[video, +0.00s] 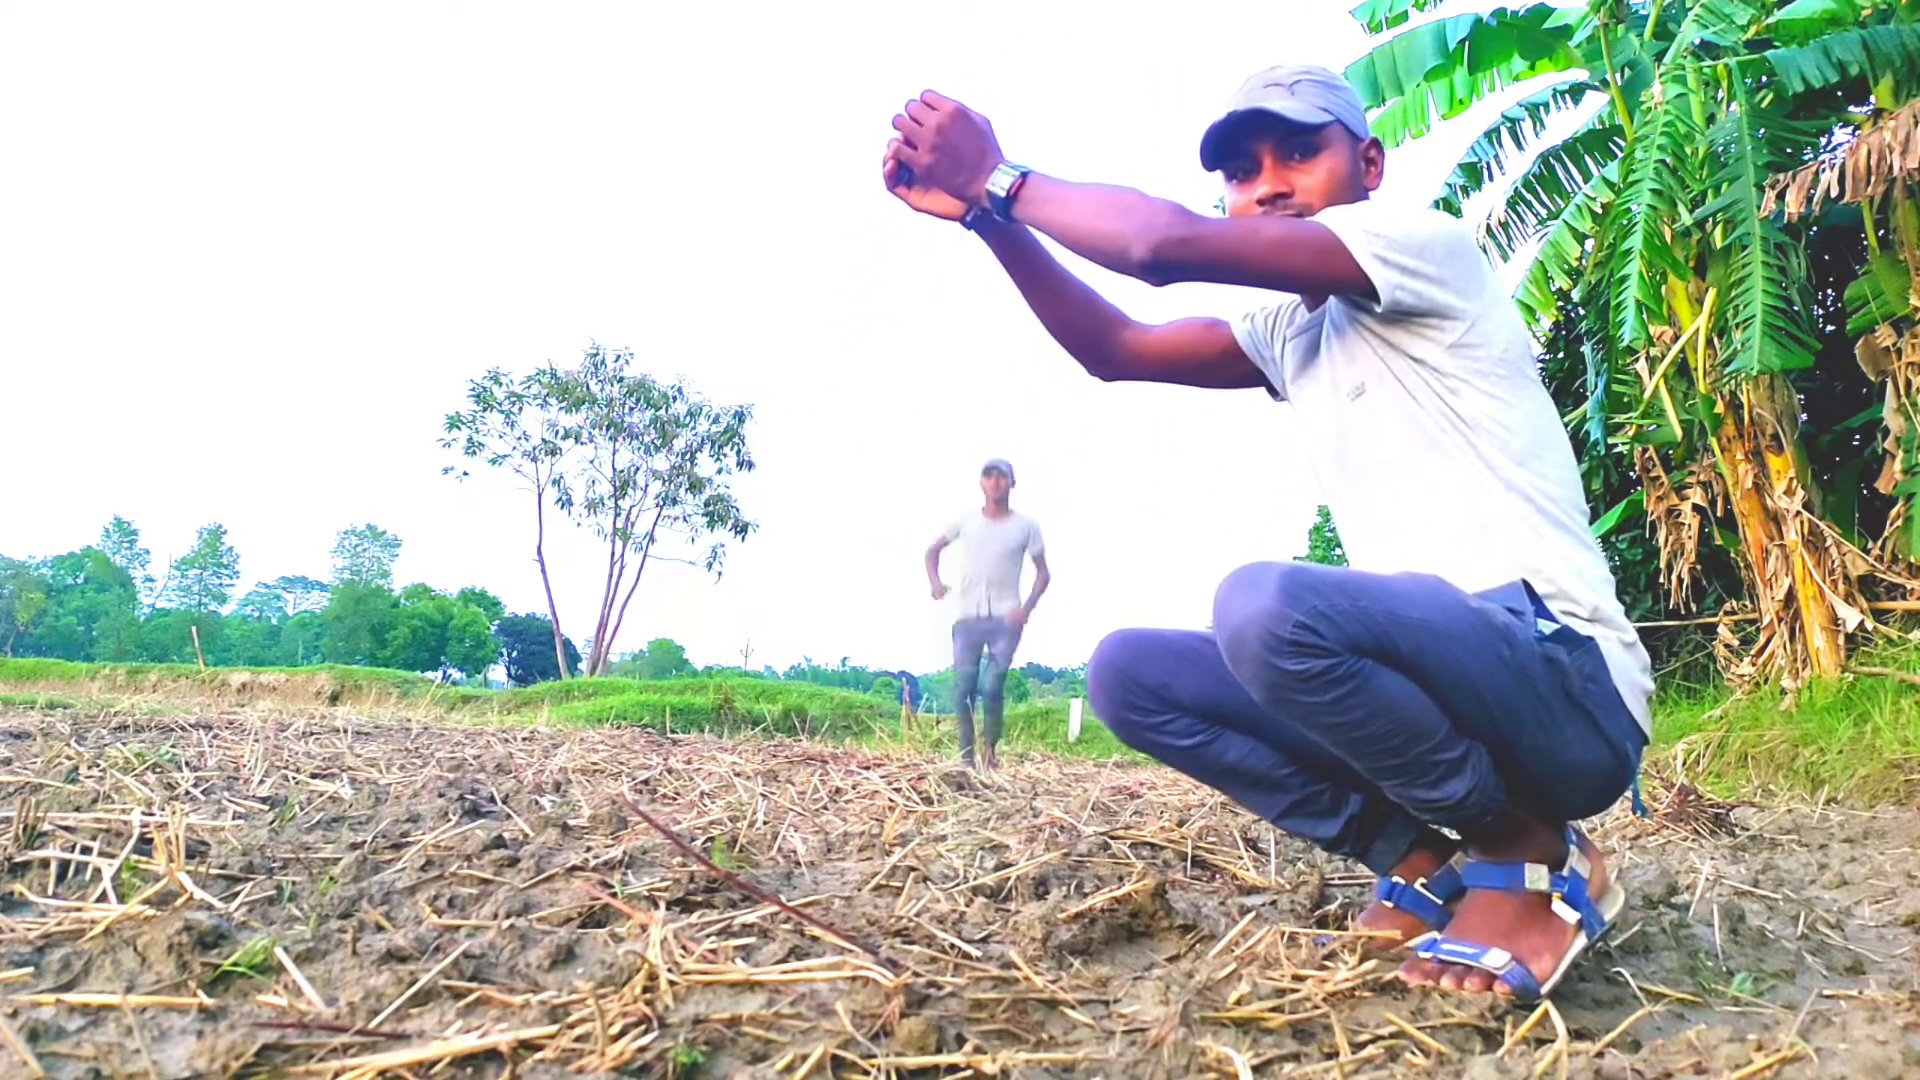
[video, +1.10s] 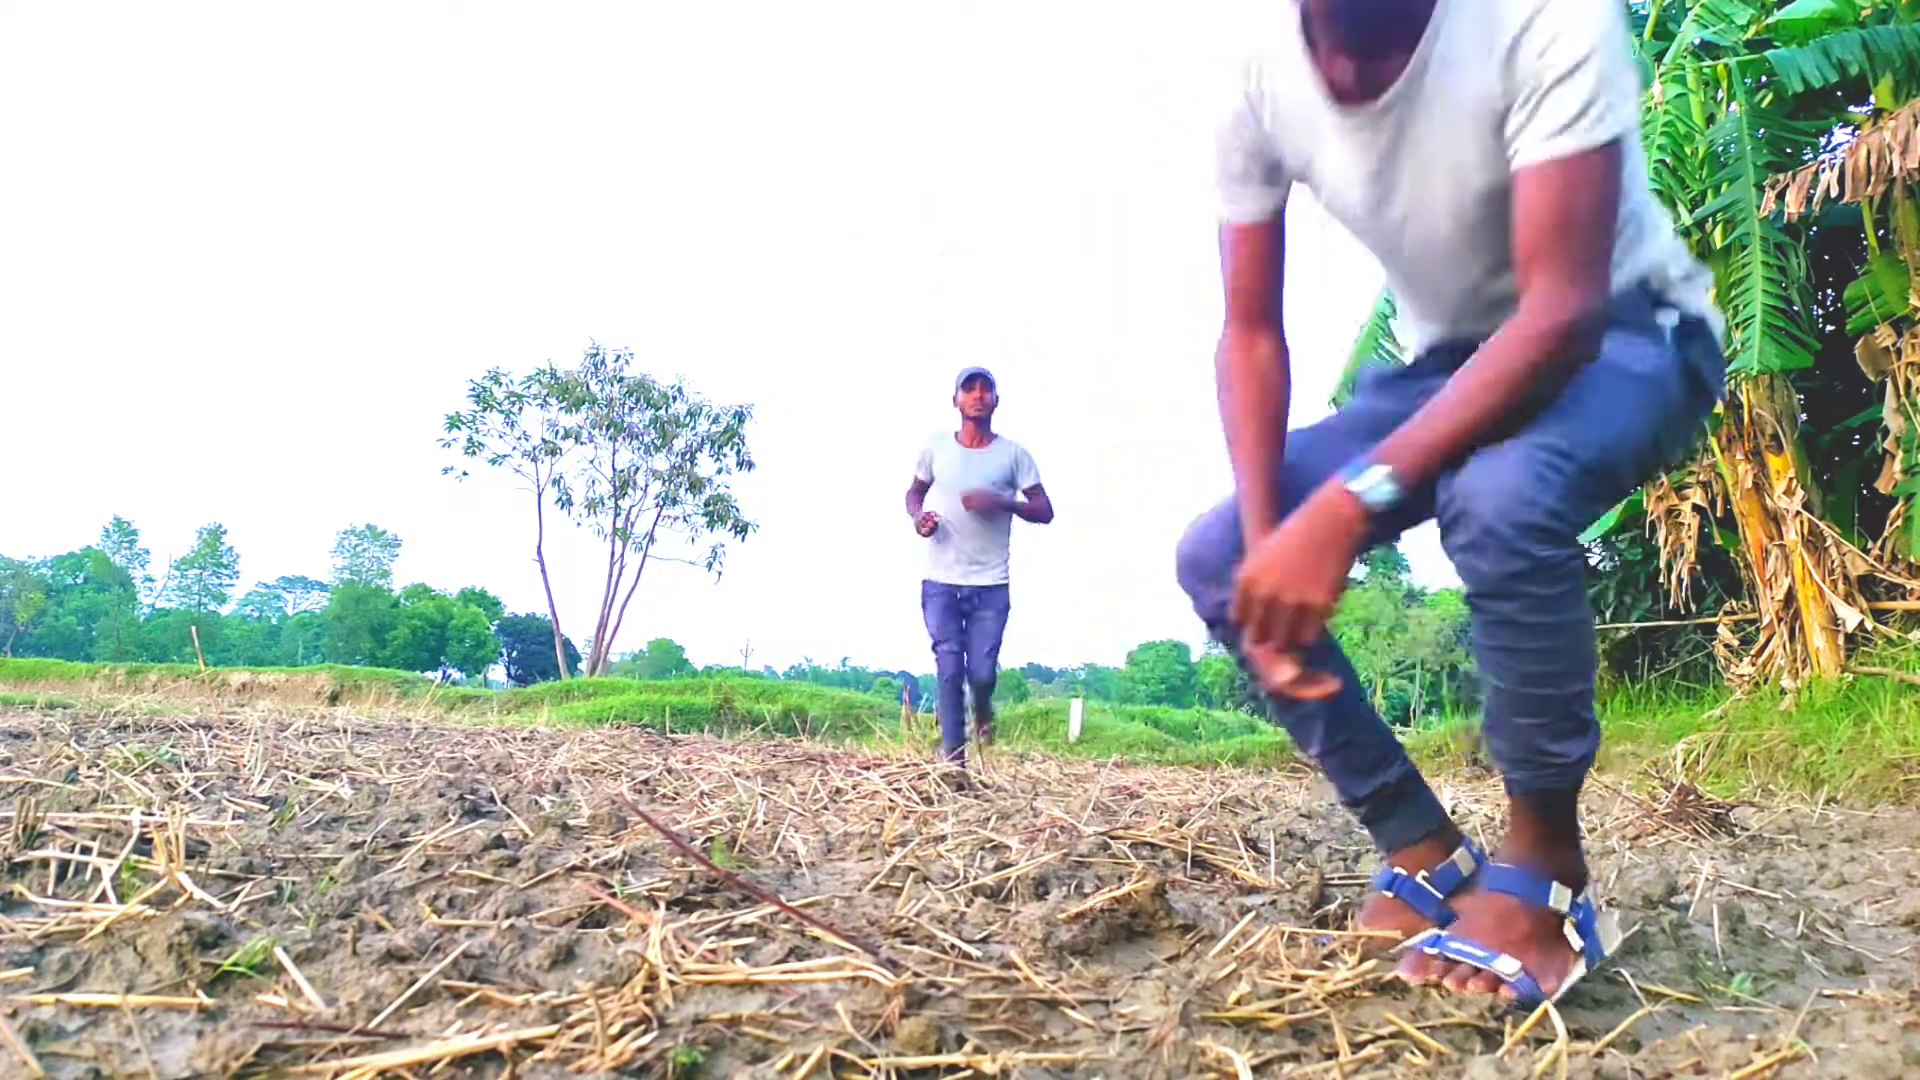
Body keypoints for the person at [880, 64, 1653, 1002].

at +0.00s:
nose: (1268, 183)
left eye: (1300, 149)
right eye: (1241, 168)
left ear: (1371, 164)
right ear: (1228, 193)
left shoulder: (1425, 246)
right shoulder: (1297, 330)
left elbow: (1158, 243)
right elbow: (1114, 348)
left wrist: (995, 179)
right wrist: (992, 219)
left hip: (1565, 674)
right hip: (1441, 689)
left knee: (1266, 610)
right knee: (1129, 674)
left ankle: (1529, 851)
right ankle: (1424, 857)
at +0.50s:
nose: (1275, 167)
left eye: (1309, 132)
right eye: (1247, 148)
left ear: (1379, 149)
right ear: (1231, 180)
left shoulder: (1443, 239)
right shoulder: (1295, 328)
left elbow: (1189, 278)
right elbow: (1116, 383)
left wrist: (1011, 212)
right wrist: (991, 257)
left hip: (1566, 670)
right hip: (1435, 684)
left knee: (1271, 611)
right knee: (1124, 681)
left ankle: (1520, 859)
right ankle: (1425, 854)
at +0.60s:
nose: (1281, 161)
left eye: (1313, 129)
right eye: (1252, 143)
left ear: (1381, 147)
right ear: (1235, 186)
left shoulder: (1459, 247)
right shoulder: (1301, 346)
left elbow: (1295, 397)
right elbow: (1179, 501)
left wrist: (1077, 386)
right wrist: (1041, 453)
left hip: (1567, 676)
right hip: (1434, 700)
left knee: (1268, 613)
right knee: (1122, 681)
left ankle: (1518, 859)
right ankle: (1415, 858)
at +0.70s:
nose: (1273, 168)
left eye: (1302, 136)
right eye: (1241, 150)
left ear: (1364, 151)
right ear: (1220, 190)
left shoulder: (1457, 259)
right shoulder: (1275, 369)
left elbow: (1387, 461)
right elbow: (1228, 554)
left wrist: (1147, 494)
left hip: (1573, 684)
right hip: (1420, 707)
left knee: (1278, 608)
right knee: (1122, 677)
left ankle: (1521, 859)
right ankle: (1411, 853)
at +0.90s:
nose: (1226, 163)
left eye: (1249, 120)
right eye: (1188, 144)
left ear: (1312, 112)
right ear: (1163, 176)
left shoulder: (1438, 205)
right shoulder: (1236, 323)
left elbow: (1496, 432)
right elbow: (1251, 520)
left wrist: (1227, 473)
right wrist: (1168, 578)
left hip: (1615, 606)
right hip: (1439, 632)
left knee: (1390, 528)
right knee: (1158, 629)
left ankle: (1529, 864)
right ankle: (1416, 860)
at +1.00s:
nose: (1247, 67)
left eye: (1272, 23)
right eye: (1207, 43)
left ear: (1337, 15)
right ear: (1175, 71)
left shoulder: (1479, 120)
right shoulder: (1226, 220)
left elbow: (1533, 378)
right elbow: (1249, 434)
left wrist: (1276, 469)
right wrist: (1193, 551)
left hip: (1626, 465)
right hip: (1426, 491)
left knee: (1445, 500)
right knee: (1187, 594)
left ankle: (1533, 864)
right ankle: (1426, 864)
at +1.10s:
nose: (1338, 73)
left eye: (1367, 48)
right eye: (1315, 44)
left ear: (1428, 12)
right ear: (1295, 11)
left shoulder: (1556, 28)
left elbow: (1561, 316)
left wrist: (1348, 507)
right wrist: (1264, 550)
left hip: (1634, 332)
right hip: (1449, 359)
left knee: (1500, 505)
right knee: (1220, 555)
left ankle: (1542, 876)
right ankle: (1429, 856)